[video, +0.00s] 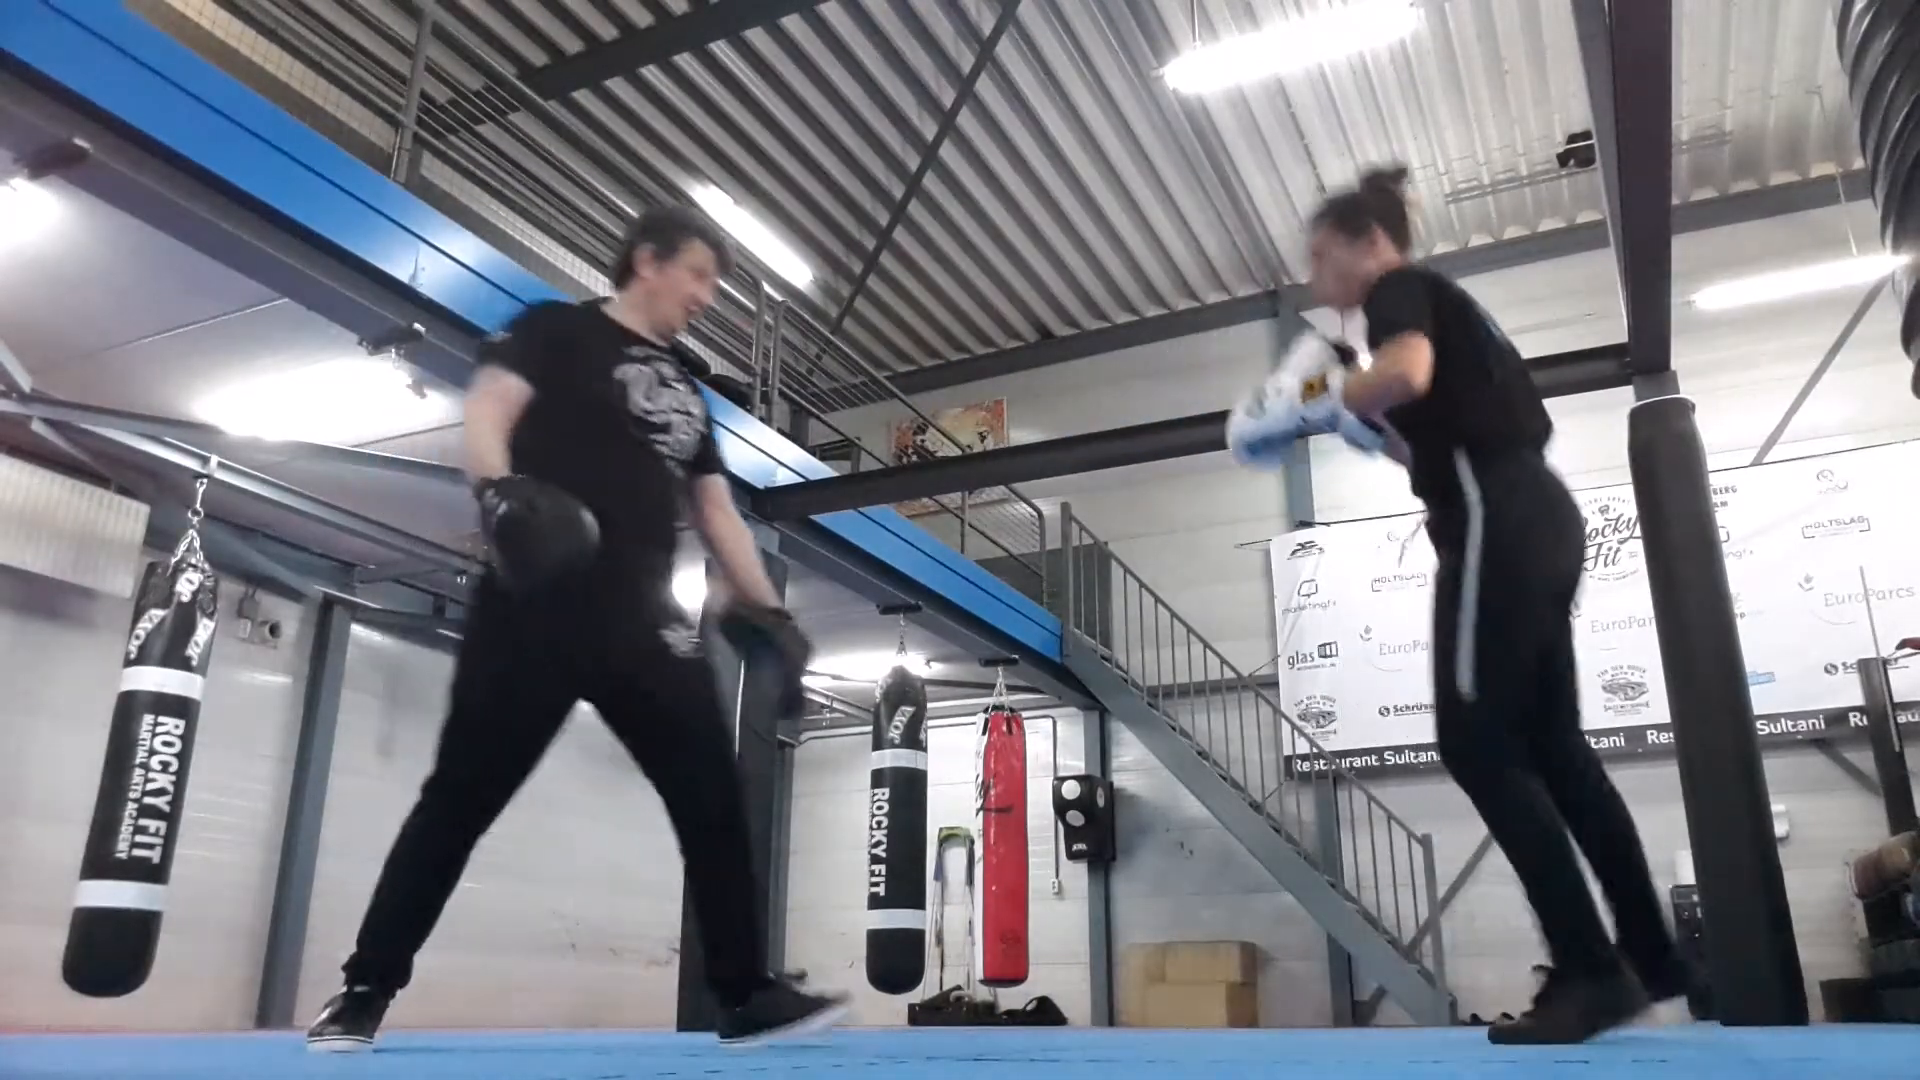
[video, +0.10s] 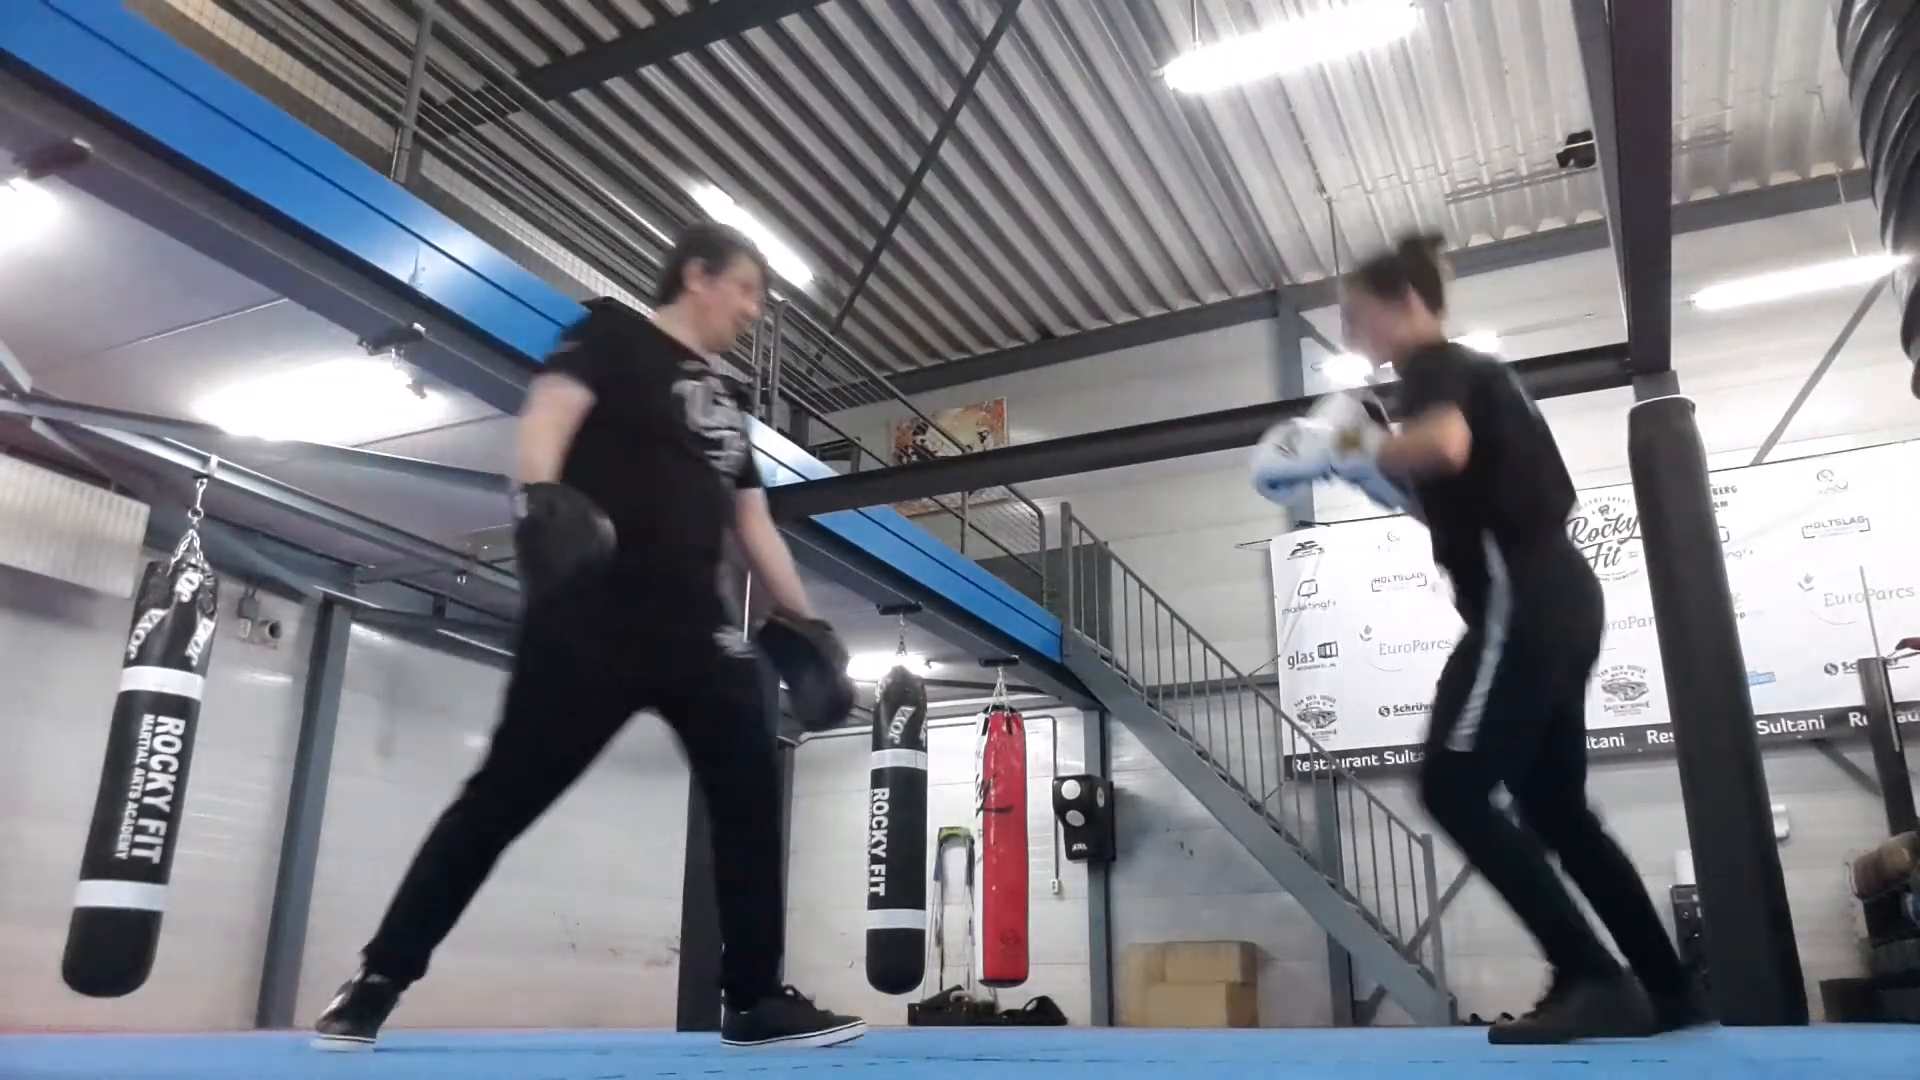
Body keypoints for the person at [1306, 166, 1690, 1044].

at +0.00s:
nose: (1315, 281)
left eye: (1321, 259)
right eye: (1312, 264)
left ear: (1368, 243)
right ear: (1385, 250)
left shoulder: (1398, 288)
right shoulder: (1437, 302)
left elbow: (1412, 368)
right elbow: (1428, 445)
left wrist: (1333, 387)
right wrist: (1342, 405)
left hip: (1495, 522)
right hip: (1538, 514)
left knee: (1475, 746)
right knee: (1554, 746)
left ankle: (1588, 972)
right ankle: (1652, 956)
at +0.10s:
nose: (1355, 335)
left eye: (1359, 315)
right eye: (1350, 319)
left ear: (1405, 304)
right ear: (1420, 308)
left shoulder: (1432, 369)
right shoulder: (1472, 372)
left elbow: (1444, 447)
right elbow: (1438, 485)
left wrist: (1360, 445)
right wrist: (1372, 443)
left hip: (1521, 600)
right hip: (1559, 592)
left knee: (1453, 785)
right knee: (1553, 803)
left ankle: (1588, 979)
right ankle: (1665, 985)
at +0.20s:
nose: (1370, 374)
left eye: (1376, 354)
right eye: (1368, 357)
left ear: (1425, 345)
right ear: (1427, 347)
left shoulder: (1464, 398)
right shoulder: (1471, 409)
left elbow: (1484, 494)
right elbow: (1467, 524)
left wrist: (1386, 482)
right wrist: (1396, 491)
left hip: (1533, 627)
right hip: (1557, 629)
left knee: (1392, 752)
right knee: (1543, 827)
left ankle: (1529, 937)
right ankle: (1669, 998)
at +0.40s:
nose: (1350, 317)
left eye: (1356, 298)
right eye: (1346, 303)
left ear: (1407, 283)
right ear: (1415, 290)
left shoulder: (1425, 333)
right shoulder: (1461, 350)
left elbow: (1443, 420)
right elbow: (1423, 468)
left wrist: (1352, 415)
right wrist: (1348, 433)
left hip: (1486, 553)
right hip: (1545, 551)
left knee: (1422, 750)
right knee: (1552, 765)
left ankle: (1402, 964)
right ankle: (1655, 958)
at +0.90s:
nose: (1421, 316)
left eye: (1429, 296)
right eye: (1419, 299)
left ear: (1475, 287)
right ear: (1488, 294)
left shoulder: (1493, 343)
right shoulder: (1531, 356)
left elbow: (1515, 420)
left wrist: (1415, 447)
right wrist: (1432, 403)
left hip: (1539, 566)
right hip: (1592, 566)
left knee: (1440, 748)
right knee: (1633, 773)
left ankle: (1447, 957)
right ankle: (1772, 966)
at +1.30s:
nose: (1453, 303)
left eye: (1464, 288)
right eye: (1454, 290)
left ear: (1514, 286)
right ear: (1518, 295)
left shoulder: (1533, 339)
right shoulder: (1535, 360)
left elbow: (1582, 409)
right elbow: (1530, 486)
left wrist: (1487, 460)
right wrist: (1451, 495)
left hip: (1550, 574)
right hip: (1596, 575)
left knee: (1488, 763)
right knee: (1644, 779)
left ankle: (1491, 983)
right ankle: (1777, 976)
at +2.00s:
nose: (1345, 306)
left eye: (1358, 292)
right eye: (1346, 294)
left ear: (1407, 296)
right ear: (1396, 303)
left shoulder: (1447, 349)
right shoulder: (1412, 399)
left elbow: (1516, 407)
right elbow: (1451, 519)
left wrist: (1555, 476)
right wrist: (1431, 618)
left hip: (1527, 576)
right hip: (1526, 589)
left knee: (1461, 769)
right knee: (1619, 786)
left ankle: (1496, 996)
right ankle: (1768, 973)